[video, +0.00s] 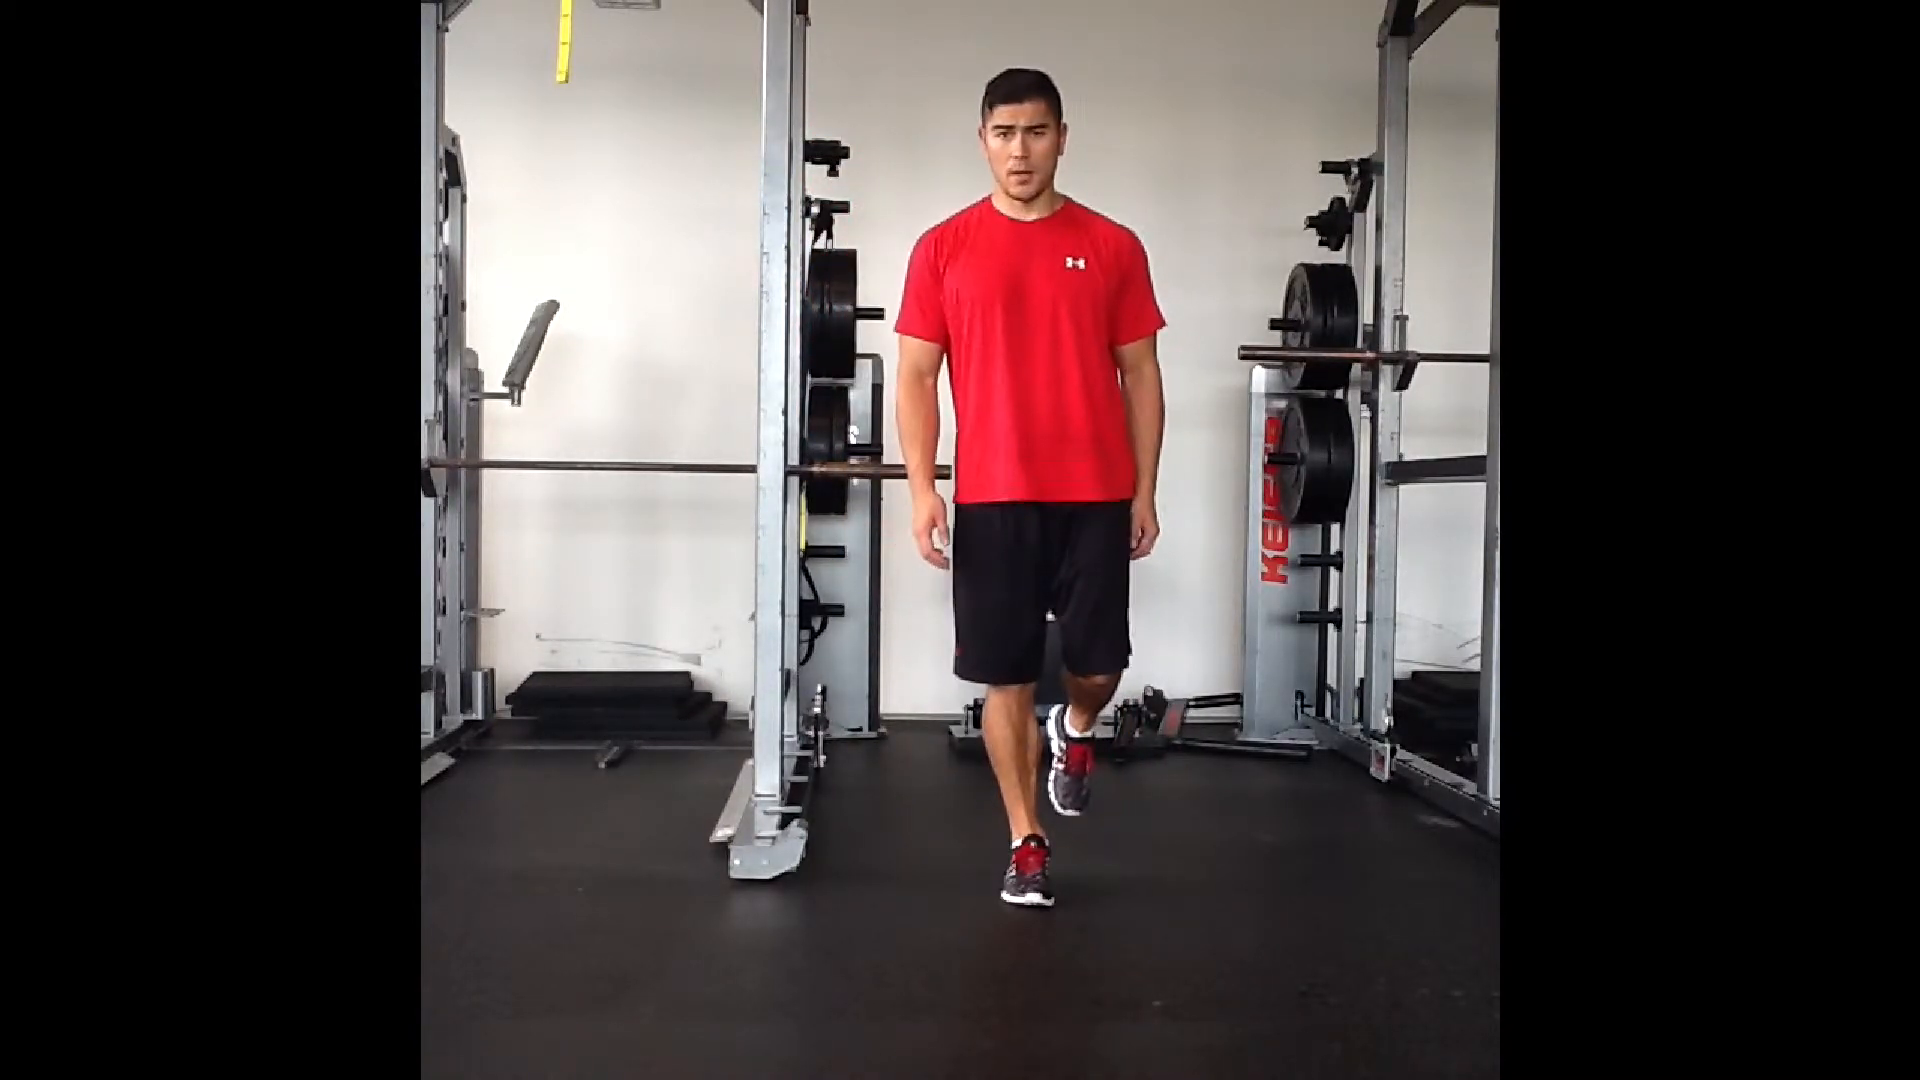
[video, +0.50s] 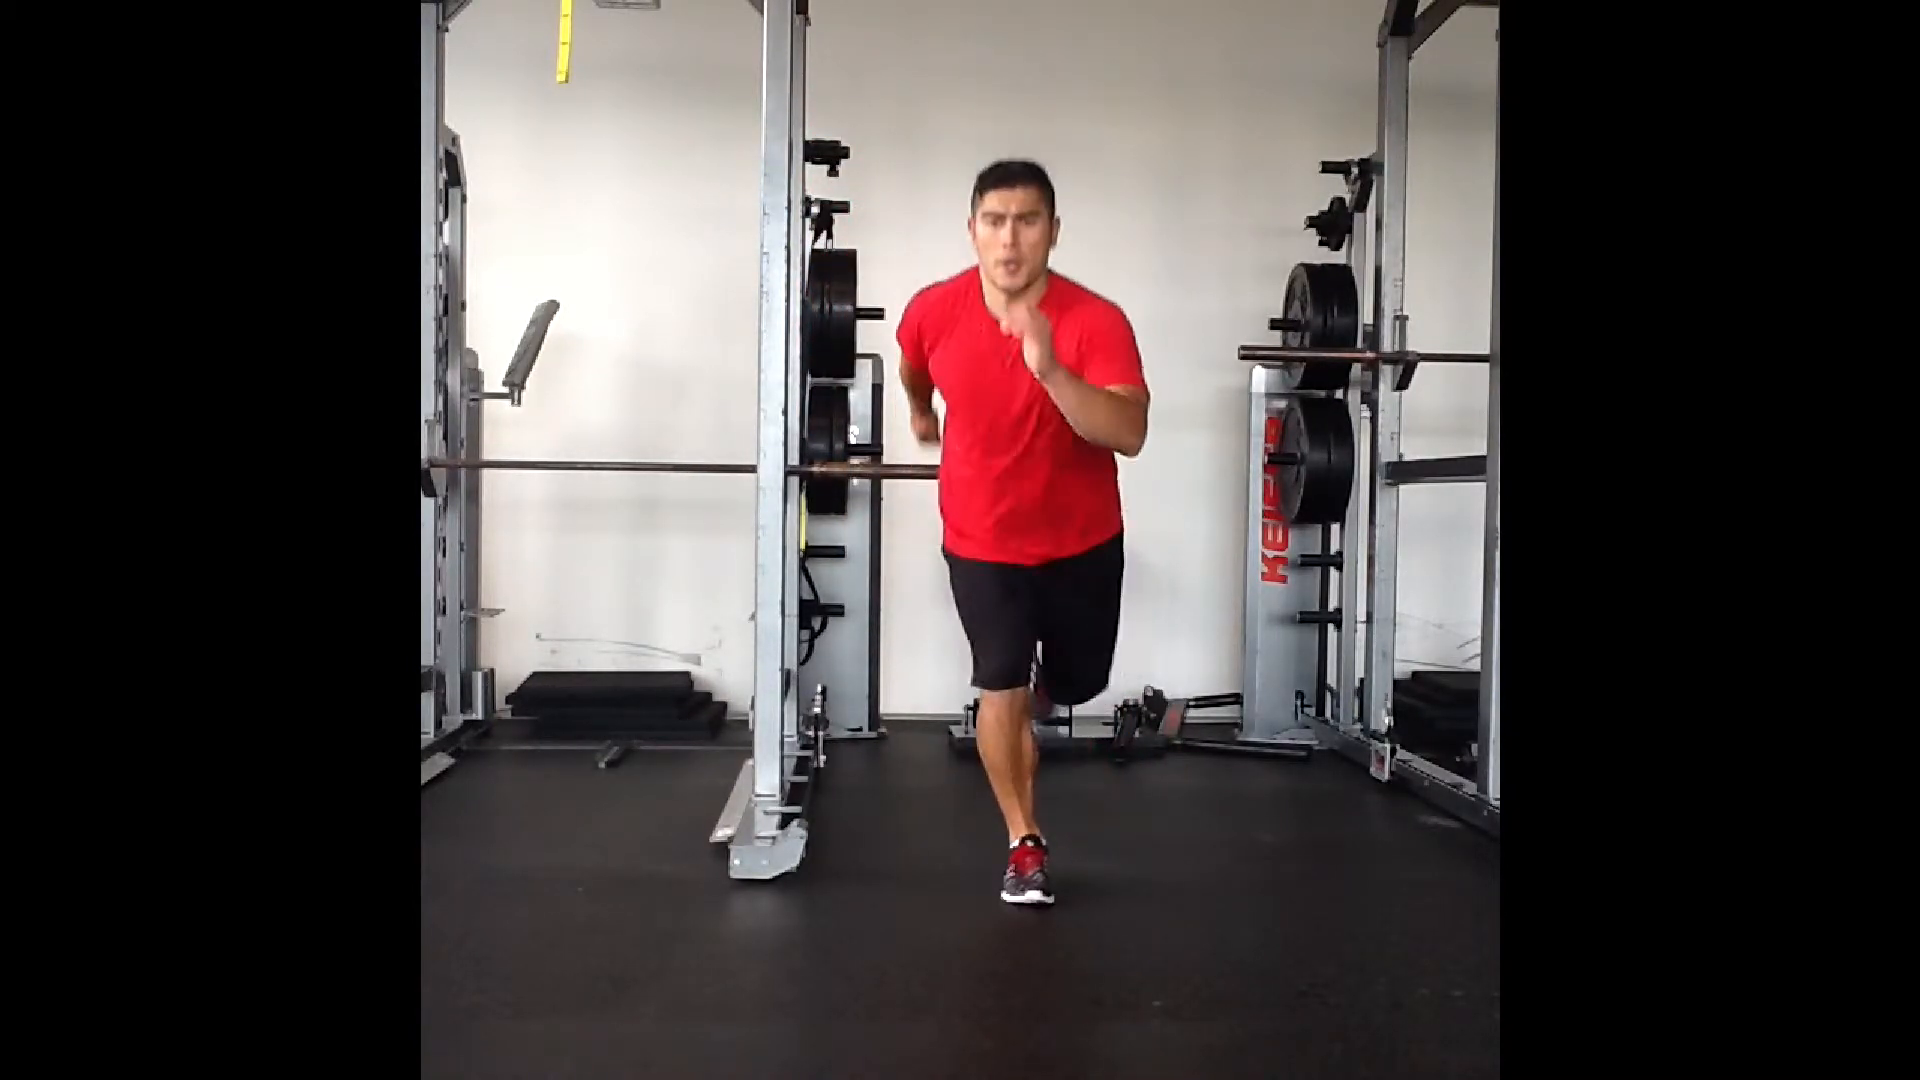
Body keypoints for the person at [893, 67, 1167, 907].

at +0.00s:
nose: (1021, 148)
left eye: (1036, 131)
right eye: (1004, 133)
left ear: (1061, 139)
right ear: (983, 142)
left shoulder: (1114, 247)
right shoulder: (942, 249)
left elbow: (1141, 370)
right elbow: (914, 374)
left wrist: (1145, 489)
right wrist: (922, 488)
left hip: (1096, 494)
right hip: (993, 495)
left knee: (1099, 661)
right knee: (1008, 674)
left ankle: (1074, 737)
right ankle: (1024, 841)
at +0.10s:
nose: (1018, 148)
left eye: (1033, 132)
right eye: (1001, 133)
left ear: (1058, 140)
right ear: (981, 144)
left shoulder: (1111, 247)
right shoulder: (939, 251)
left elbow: (1141, 371)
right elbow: (914, 378)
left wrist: (1143, 490)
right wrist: (922, 488)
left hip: (1095, 497)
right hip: (992, 499)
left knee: (1099, 665)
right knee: (1007, 677)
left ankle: (1072, 734)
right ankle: (1025, 841)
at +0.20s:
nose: (1014, 154)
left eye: (1030, 137)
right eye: (999, 138)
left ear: (1056, 146)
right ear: (979, 148)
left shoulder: (1108, 253)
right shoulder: (938, 254)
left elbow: (1141, 379)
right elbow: (914, 378)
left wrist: (1131, 497)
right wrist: (924, 493)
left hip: (1090, 505)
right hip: (988, 507)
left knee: (1098, 669)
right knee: (1008, 681)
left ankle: (1073, 726)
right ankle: (1024, 841)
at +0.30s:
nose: (1013, 168)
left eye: (1029, 151)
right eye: (997, 152)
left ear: (1055, 162)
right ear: (977, 164)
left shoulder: (1104, 269)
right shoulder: (934, 266)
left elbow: (1140, 397)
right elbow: (915, 380)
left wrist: (1110, 490)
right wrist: (924, 494)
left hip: (1085, 513)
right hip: (984, 518)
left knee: (1095, 672)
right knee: (1005, 681)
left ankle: (1069, 715)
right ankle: (1022, 840)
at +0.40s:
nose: (1012, 195)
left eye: (1028, 178)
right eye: (996, 178)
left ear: (1054, 190)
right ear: (975, 190)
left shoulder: (1103, 296)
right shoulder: (932, 288)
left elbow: (1137, 422)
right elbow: (916, 379)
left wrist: (1079, 439)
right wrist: (923, 472)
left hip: (1083, 526)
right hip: (983, 529)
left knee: (1091, 671)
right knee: (1007, 679)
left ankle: (1058, 695)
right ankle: (1023, 839)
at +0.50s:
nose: (1010, 236)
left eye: (1026, 220)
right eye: (994, 220)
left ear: (1052, 232)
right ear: (973, 231)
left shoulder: (1095, 321)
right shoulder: (934, 312)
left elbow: (1129, 432)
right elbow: (914, 373)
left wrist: (1052, 372)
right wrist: (925, 417)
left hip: (1083, 540)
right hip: (985, 541)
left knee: (1079, 677)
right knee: (1007, 681)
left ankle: (1032, 702)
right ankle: (1023, 842)